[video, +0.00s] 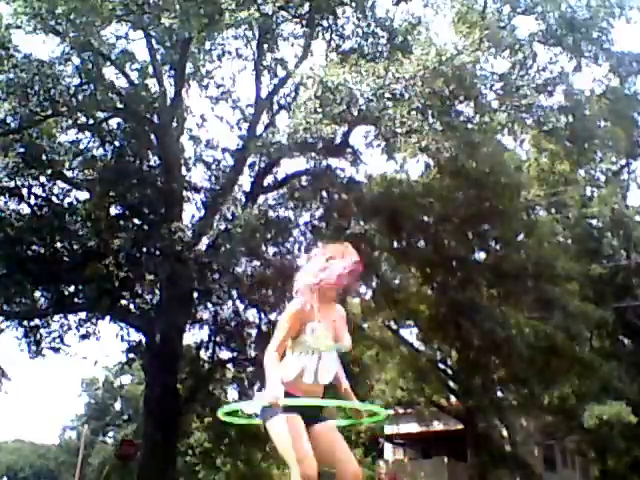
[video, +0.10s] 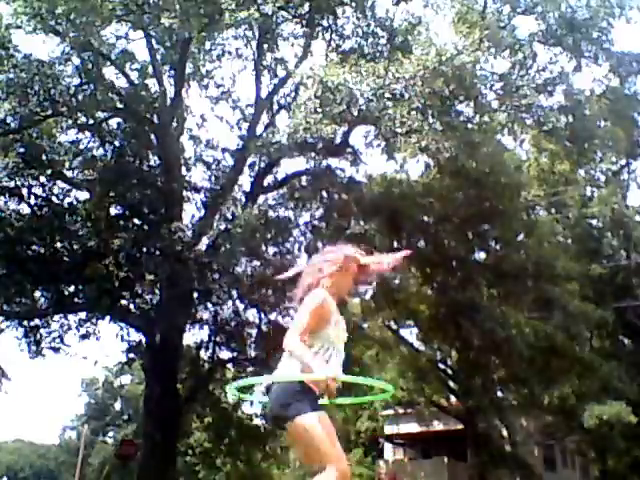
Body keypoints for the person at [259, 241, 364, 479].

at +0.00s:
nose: (342, 279)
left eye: (345, 274)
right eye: (339, 272)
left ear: (343, 278)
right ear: (320, 272)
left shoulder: (338, 313)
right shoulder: (299, 310)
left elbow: (332, 358)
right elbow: (272, 353)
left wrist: (350, 398)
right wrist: (273, 386)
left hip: (314, 406)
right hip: (283, 403)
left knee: (352, 472)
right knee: (306, 471)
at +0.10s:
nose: (354, 282)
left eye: (355, 276)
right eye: (351, 274)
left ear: (334, 272)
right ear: (333, 271)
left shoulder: (331, 306)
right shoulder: (319, 299)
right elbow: (291, 340)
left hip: (303, 391)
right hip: (292, 390)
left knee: (333, 469)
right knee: (338, 468)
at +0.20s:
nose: (356, 275)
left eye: (356, 269)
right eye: (354, 269)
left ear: (325, 268)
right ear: (344, 269)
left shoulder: (303, 297)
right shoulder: (338, 295)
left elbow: (278, 338)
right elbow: (322, 333)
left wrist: (305, 353)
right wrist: (369, 351)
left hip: (282, 384)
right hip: (313, 382)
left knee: (309, 473)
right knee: (336, 470)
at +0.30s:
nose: (352, 270)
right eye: (350, 265)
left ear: (314, 265)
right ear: (344, 267)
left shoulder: (298, 292)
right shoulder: (350, 295)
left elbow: (274, 331)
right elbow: (354, 332)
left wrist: (275, 339)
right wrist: (391, 340)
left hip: (286, 374)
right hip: (326, 377)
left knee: (296, 467)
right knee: (331, 469)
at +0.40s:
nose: (306, 273)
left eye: (308, 268)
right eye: (307, 268)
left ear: (313, 267)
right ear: (340, 271)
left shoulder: (307, 288)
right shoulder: (355, 300)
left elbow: (289, 319)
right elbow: (374, 337)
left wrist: (265, 312)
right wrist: (383, 331)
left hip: (303, 374)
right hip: (341, 379)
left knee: (290, 465)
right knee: (335, 469)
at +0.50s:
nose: (295, 276)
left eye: (297, 271)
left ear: (308, 266)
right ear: (332, 264)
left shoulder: (319, 287)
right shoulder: (346, 302)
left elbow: (317, 313)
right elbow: (365, 344)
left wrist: (287, 294)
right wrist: (352, 315)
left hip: (319, 378)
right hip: (343, 379)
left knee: (283, 465)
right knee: (332, 470)